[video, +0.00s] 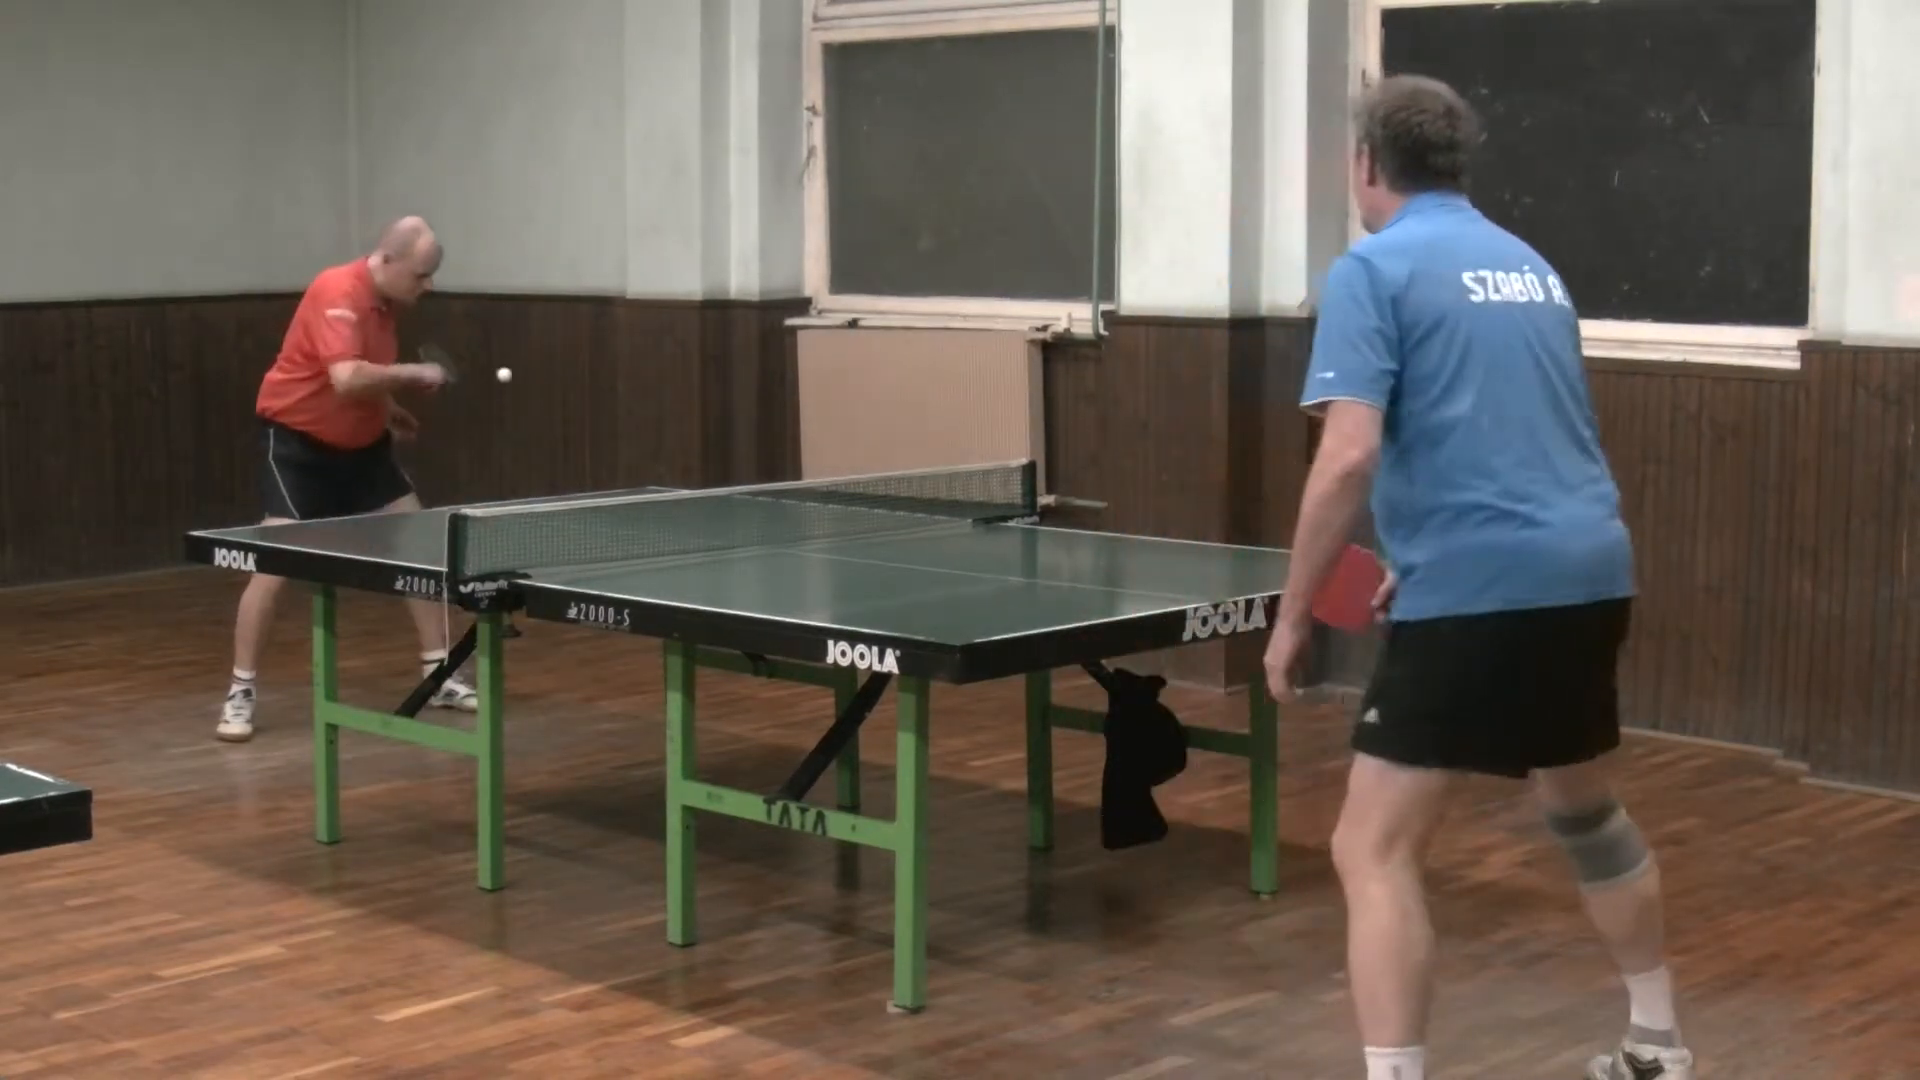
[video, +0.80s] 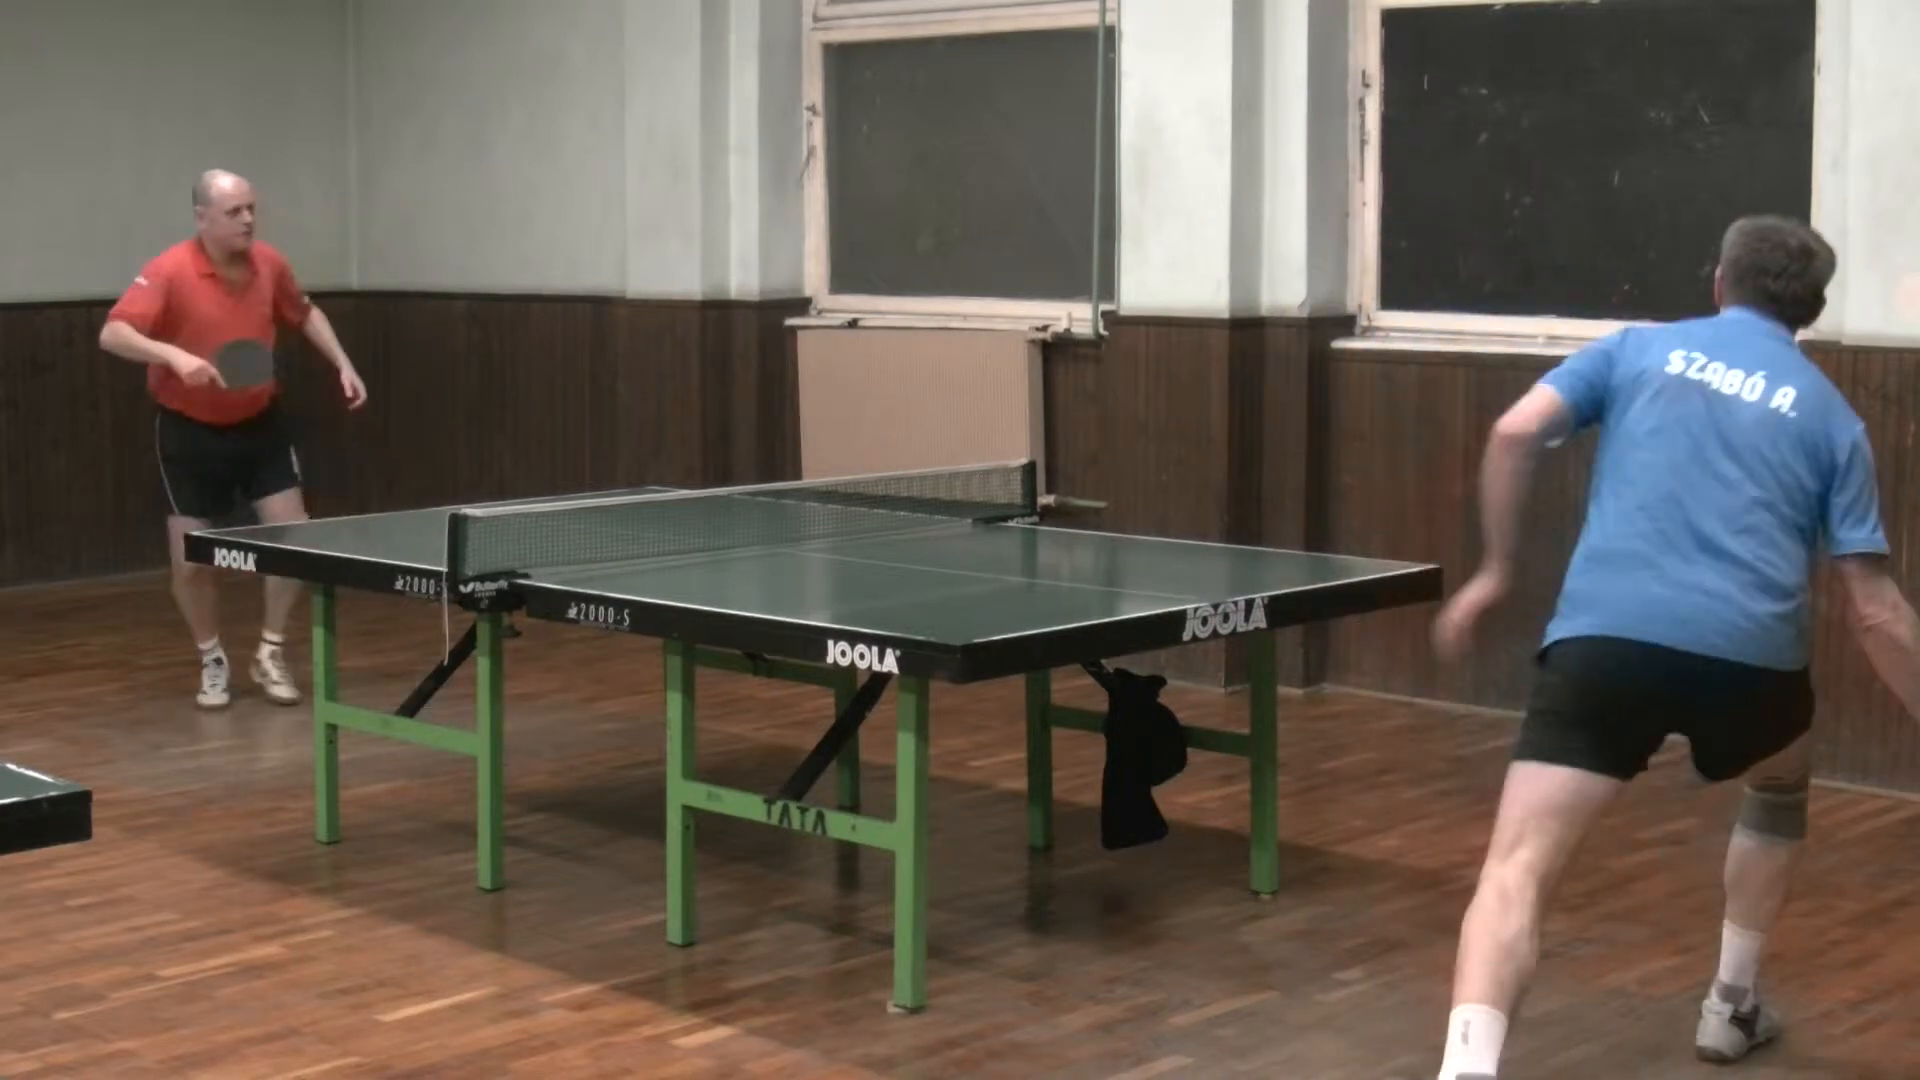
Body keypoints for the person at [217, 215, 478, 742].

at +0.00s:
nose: (428, 287)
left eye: (431, 277)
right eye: (422, 275)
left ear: (396, 264)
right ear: (386, 261)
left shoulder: (383, 296)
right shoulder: (338, 290)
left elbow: (364, 369)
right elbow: (347, 376)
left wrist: (388, 407)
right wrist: (412, 372)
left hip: (362, 440)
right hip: (297, 439)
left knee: (418, 539)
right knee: (278, 559)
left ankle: (439, 671)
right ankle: (241, 689)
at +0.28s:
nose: (423, 264)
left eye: (426, 253)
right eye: (413, 254)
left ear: (423, 251)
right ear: (377, 249)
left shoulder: (398, 296)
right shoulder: (340, 281)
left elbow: (384, 360)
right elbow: (310, 319)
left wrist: (407, 404)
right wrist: (366, 339)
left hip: (366, 443)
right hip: (298, 439)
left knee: (418, 545)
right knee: (262, 556)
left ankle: (438, 674)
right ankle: (224, 675)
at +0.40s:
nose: (390, 254)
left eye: (393, 243)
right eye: (378, 245)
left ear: (393, 243)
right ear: (344, 245)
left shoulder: (371, 292)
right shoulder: (309, 285)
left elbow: (359, 361)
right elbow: (255, 333)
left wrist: (389, 414)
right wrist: (318, 346)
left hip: (351, 444)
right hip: (286, 445)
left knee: (409, 545)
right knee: (262, 563)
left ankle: (437, 671)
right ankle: (217, 650)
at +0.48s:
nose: (356, 249)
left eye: (359, 239)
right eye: (343, 241)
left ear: (360, 241)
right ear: (310, 243)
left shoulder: (344, 292)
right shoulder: (276, 289)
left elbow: (333, 365)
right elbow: (224, 344)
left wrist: (359, 415)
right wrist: (289, 360)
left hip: (336, 446)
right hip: (270, 449)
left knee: (393, 545)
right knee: (244, 570)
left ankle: (434, 667)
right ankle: (219, 656)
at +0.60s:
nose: (302, 244)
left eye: (305, 235)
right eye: (289, 237)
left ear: (307, 236)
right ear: (256, 240)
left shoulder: (305, 286)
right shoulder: (226, 292)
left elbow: (296, 358)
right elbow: (184, 356)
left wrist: (320, 404)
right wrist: (254, 368)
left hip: (303, 439)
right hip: (234, 446)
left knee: (360, 541)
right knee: (225, 569)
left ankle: (412, 660)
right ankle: (216, 659)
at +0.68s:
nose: (274, 236)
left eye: (277, 226)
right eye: (262, 228)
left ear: (281, 228)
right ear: (229, 233)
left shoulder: (284, 276)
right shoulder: (200, 285)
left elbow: (297, 332)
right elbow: (152, 347)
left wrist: (327, 384)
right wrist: (221, 361)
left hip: (284, 432)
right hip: (215, 441)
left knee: (343, 532)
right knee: (213, 568)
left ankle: (361, 659)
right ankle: (216, 662)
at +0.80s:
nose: (247, 220)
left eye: (251, 209)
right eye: (234, 212)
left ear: (256, 212)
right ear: (202, 219)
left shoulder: (270, 265)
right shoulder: (170, 271)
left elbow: (305, 314)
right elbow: (113, 333)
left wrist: (344, 363)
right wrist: (173, 355)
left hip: (260, 420)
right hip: (189, 428)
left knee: (292, 536)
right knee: (193, 556)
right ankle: (212, 660)